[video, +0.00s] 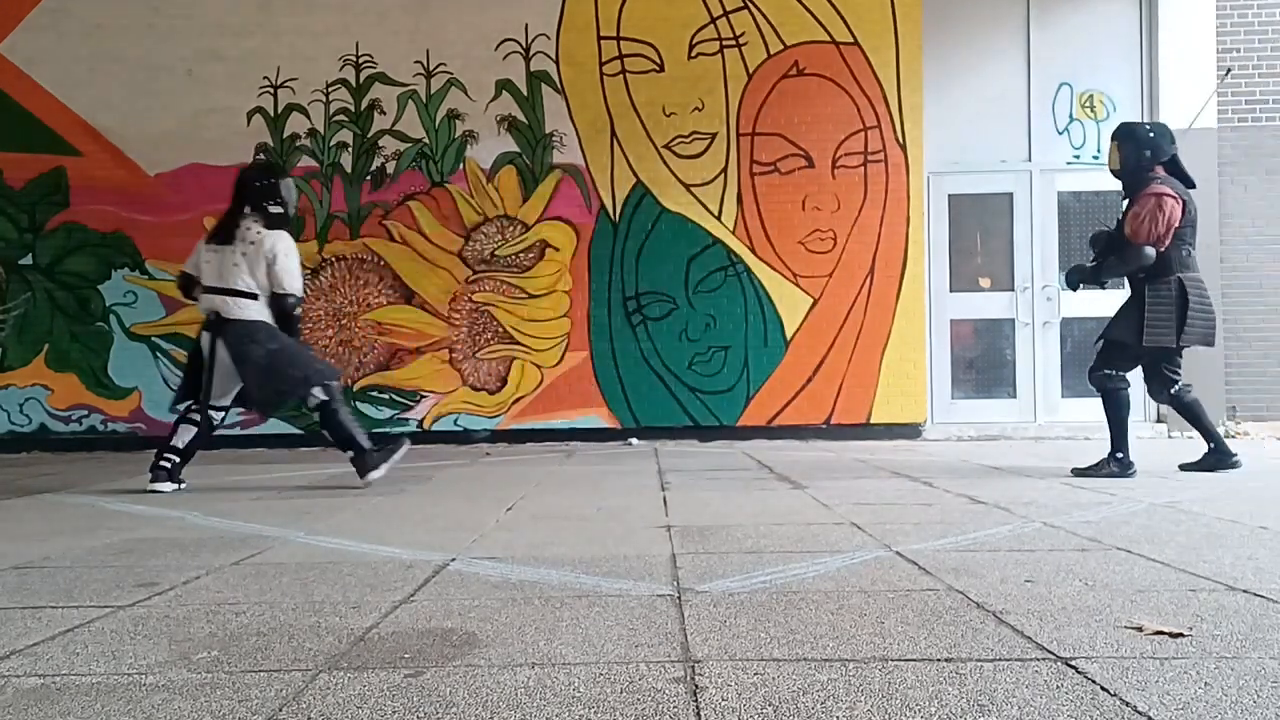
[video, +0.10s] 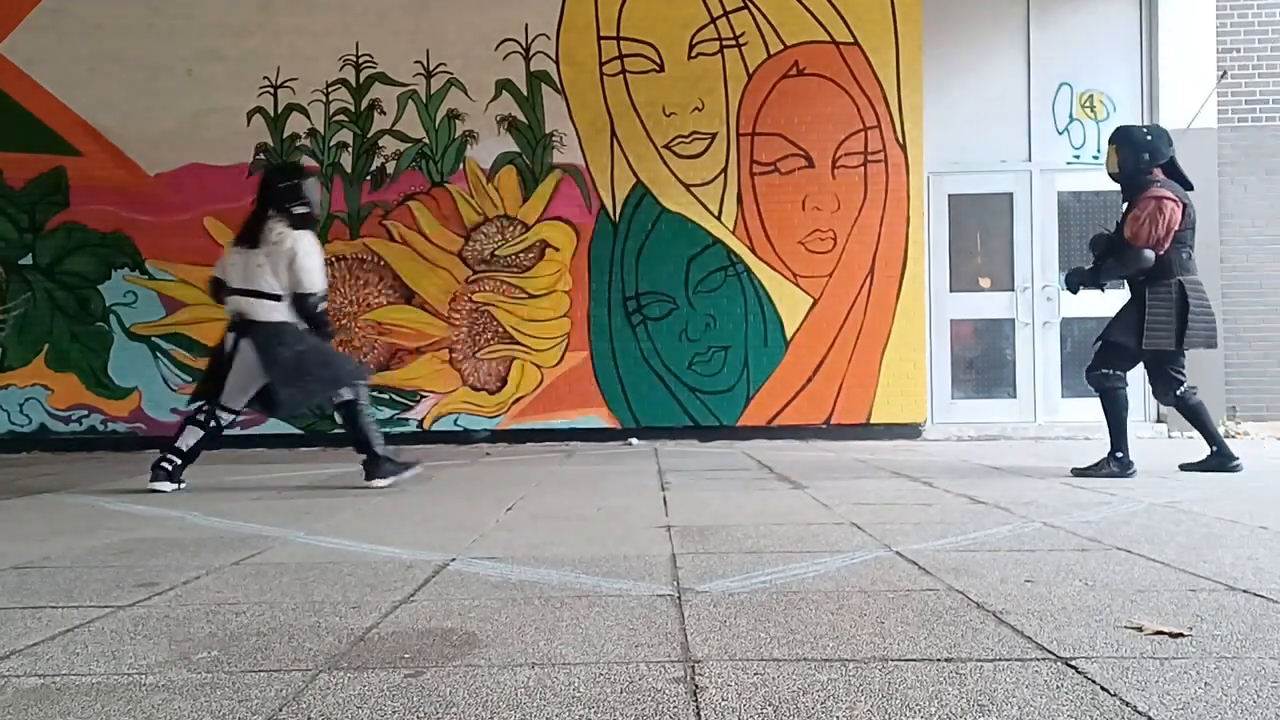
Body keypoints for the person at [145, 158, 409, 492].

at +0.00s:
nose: (291, 199)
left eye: (288, 190)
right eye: (285, 191)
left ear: (244, 196)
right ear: (271, 197)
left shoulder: (217, 233)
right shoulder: (277, 239)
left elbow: (186, 282)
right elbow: (285, 305)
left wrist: (218, 302)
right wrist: (293, 351)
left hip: (214, 335)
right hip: (257, 338)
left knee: (205, 406)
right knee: (320, 384)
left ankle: (164, 469)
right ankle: (365, 456)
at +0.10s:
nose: (317, 198)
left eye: (315, 190)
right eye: (311, 191)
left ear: (267, 198)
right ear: (296, 198)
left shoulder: (245, 237)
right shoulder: (300, 239)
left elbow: (218, 287)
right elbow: (310, 301)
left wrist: (252, 306)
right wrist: (325, 332)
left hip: (244, 338)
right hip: (284, 339)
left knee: (222, 407)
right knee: (348, 381)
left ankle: (167, 468)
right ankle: (377, 461)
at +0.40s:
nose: (396, 180)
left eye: (393, 172)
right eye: (391, 173)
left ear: (347, 181)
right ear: (380, 179)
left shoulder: (330, 220)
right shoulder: (385, 219)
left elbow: (321, 279)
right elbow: (400, 282)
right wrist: (416, 288)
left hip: (329, 322)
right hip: (369, 321)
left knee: (341, 388)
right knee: (423, 384)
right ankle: (393, 463)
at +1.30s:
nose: (434, 193)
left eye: (432, 185)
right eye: (429, 186)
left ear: (387, 192)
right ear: (416, 193)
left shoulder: (370, 223)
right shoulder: (413, 232)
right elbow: (432, 296)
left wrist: (430, 254)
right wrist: (444, 270)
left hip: (363, 327)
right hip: (400, 331)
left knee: (363, 403)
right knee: (470, 373)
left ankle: (322, 467)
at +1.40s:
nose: (425, 188)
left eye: (424, 180)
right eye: (420, 181)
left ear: (378, 186)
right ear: (405, 186)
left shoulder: (359, 221)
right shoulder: (405, 224)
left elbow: (346, 277)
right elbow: (427, 289)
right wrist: (436, 258)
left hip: (356, 322)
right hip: (394, 323)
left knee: (358, 397)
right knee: (468, 361)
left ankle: (321, 468)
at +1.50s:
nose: (419, 185)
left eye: (416, 176)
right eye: (414, 177)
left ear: (371, 183)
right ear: (401, 183)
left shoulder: (353, 220)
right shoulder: (403, 221)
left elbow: (337, 277)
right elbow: (424, 286)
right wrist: (435, 261)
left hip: (351, 317)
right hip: (390, 318)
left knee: (354, 395)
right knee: (454, 364)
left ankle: (321, 468)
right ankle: (394, 407)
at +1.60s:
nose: (422, 185)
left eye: (419, 176)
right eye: (415, 177)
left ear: (373, 185)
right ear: (401, 184)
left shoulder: (353, 220)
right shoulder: (404, 224)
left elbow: (334, 275)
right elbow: (419, 290)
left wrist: (373, 276)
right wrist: (436, 275)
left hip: (351, 321)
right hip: (390, 320)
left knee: (355, 395)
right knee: (467, 354)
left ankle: (321, 468)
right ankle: (430, 430)